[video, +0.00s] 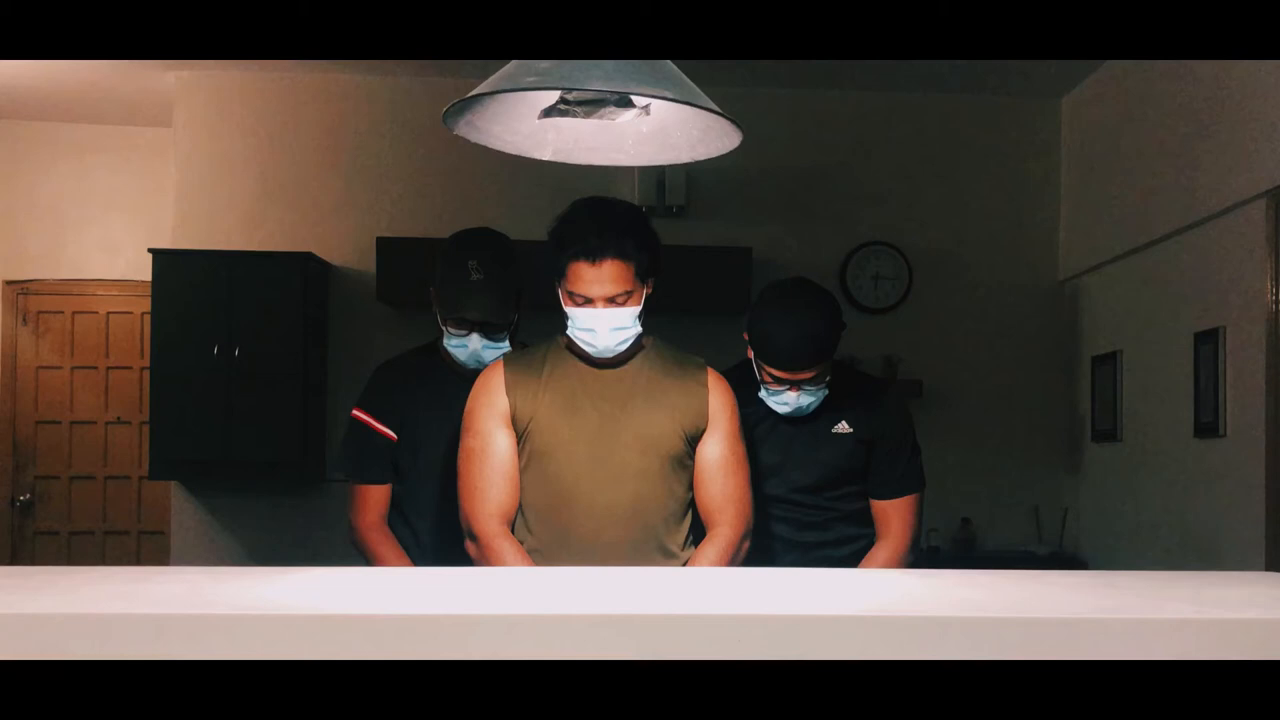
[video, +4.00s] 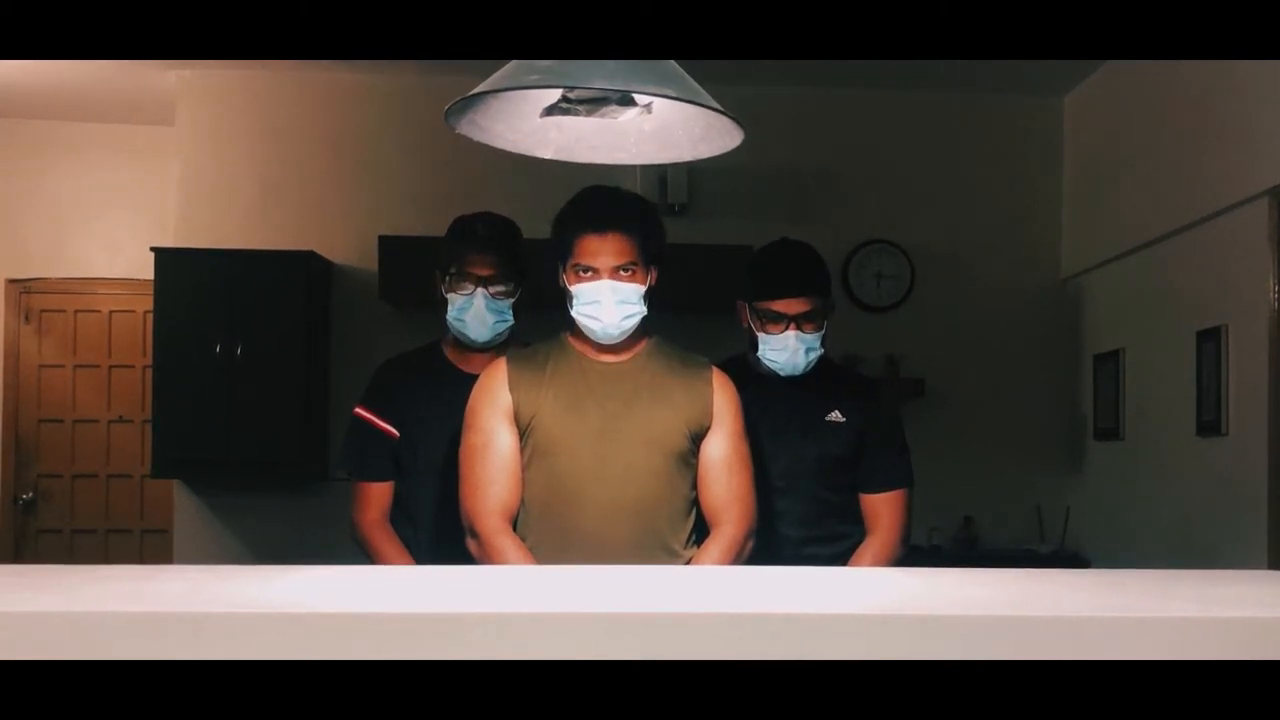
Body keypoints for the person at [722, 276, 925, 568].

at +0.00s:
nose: (791, 395)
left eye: (809, 381)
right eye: (776, 379)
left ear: (830, 355)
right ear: (750, 348)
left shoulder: (877, 408)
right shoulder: (721, 400)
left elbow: (895, 541)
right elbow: (721, 530)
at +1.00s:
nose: (790, 380)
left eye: (807, 365)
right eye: (774, 364)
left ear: (827, 346)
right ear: (746, 340)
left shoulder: (867, 408)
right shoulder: (717, 395)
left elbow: (883, 538)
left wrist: (833, 607)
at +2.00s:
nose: (786, 364)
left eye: (803, 348)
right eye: (769, 347)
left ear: (822, 332)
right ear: (742, 330)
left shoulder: (862, 403)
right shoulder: (714, 394)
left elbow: (883, 534)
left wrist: (830, 604)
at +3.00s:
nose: (790, 348)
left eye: (807, 332)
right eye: (772, 332)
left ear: (826, 323)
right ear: (745, 322)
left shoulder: (862, 400)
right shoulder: (716, 393)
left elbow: (885, 535)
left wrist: (832, 605)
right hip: (740, 591)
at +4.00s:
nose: (792, 335)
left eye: (808, 320)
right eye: (773, 320)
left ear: (827, 315)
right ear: (746, 315)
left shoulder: (863, 399)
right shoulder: (716, 392)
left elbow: (886, 536)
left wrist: (832, 606)